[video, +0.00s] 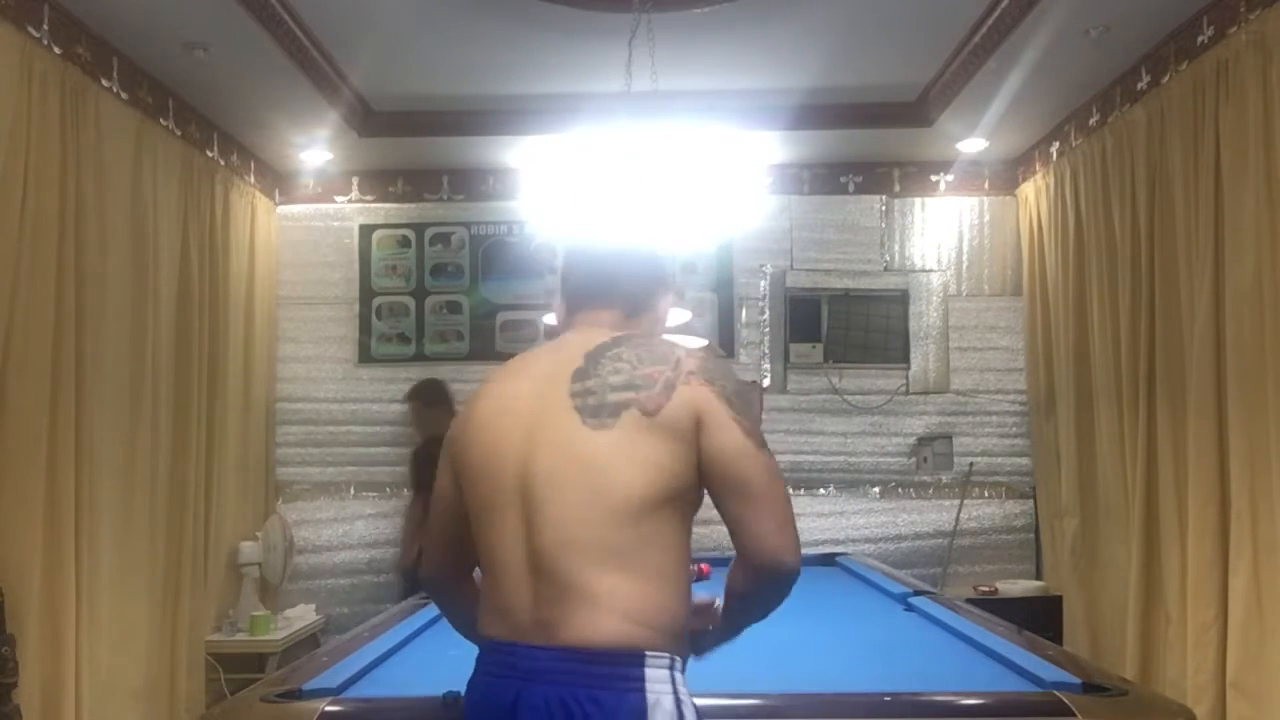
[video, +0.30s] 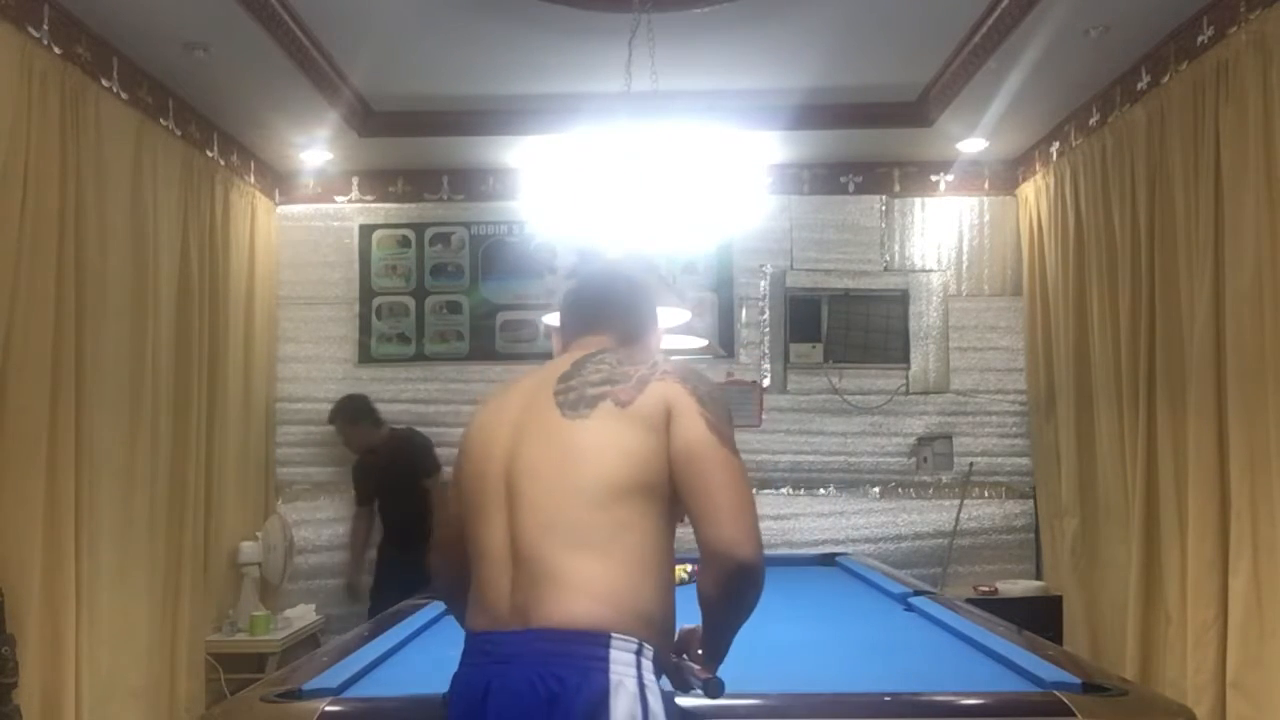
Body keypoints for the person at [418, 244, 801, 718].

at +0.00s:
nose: (670, 317)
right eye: (669, 307)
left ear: (563, 304)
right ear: (658, 304)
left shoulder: (488, 395)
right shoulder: (684, 380)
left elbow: (439, 570)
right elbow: (774, 556)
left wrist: (508, 638)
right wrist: (719, 624)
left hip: (498, 690)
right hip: (632, 694)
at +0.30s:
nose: (664, 349)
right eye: (663, 342)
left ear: (558, 340)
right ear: (652, 340)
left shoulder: (490, 409)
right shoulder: (666, 390)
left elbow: (447, 568)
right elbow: (737, 554)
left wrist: (502, 639)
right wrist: (708, 648)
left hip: (477, 683)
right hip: (603, 685)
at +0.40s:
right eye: (660, 352)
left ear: (559, 348)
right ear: (651, 346)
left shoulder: (492, 413)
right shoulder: (663, 392)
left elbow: (460, 578)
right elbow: (729, 553)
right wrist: (702, 644)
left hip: (475, 677)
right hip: (595, 678)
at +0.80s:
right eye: (654, 367)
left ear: (570, 374)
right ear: (644, 364)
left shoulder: (501, 438)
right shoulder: (654, 403)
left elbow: (488, 586)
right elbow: (711, 543)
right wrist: (685, 649)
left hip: (474, 649)